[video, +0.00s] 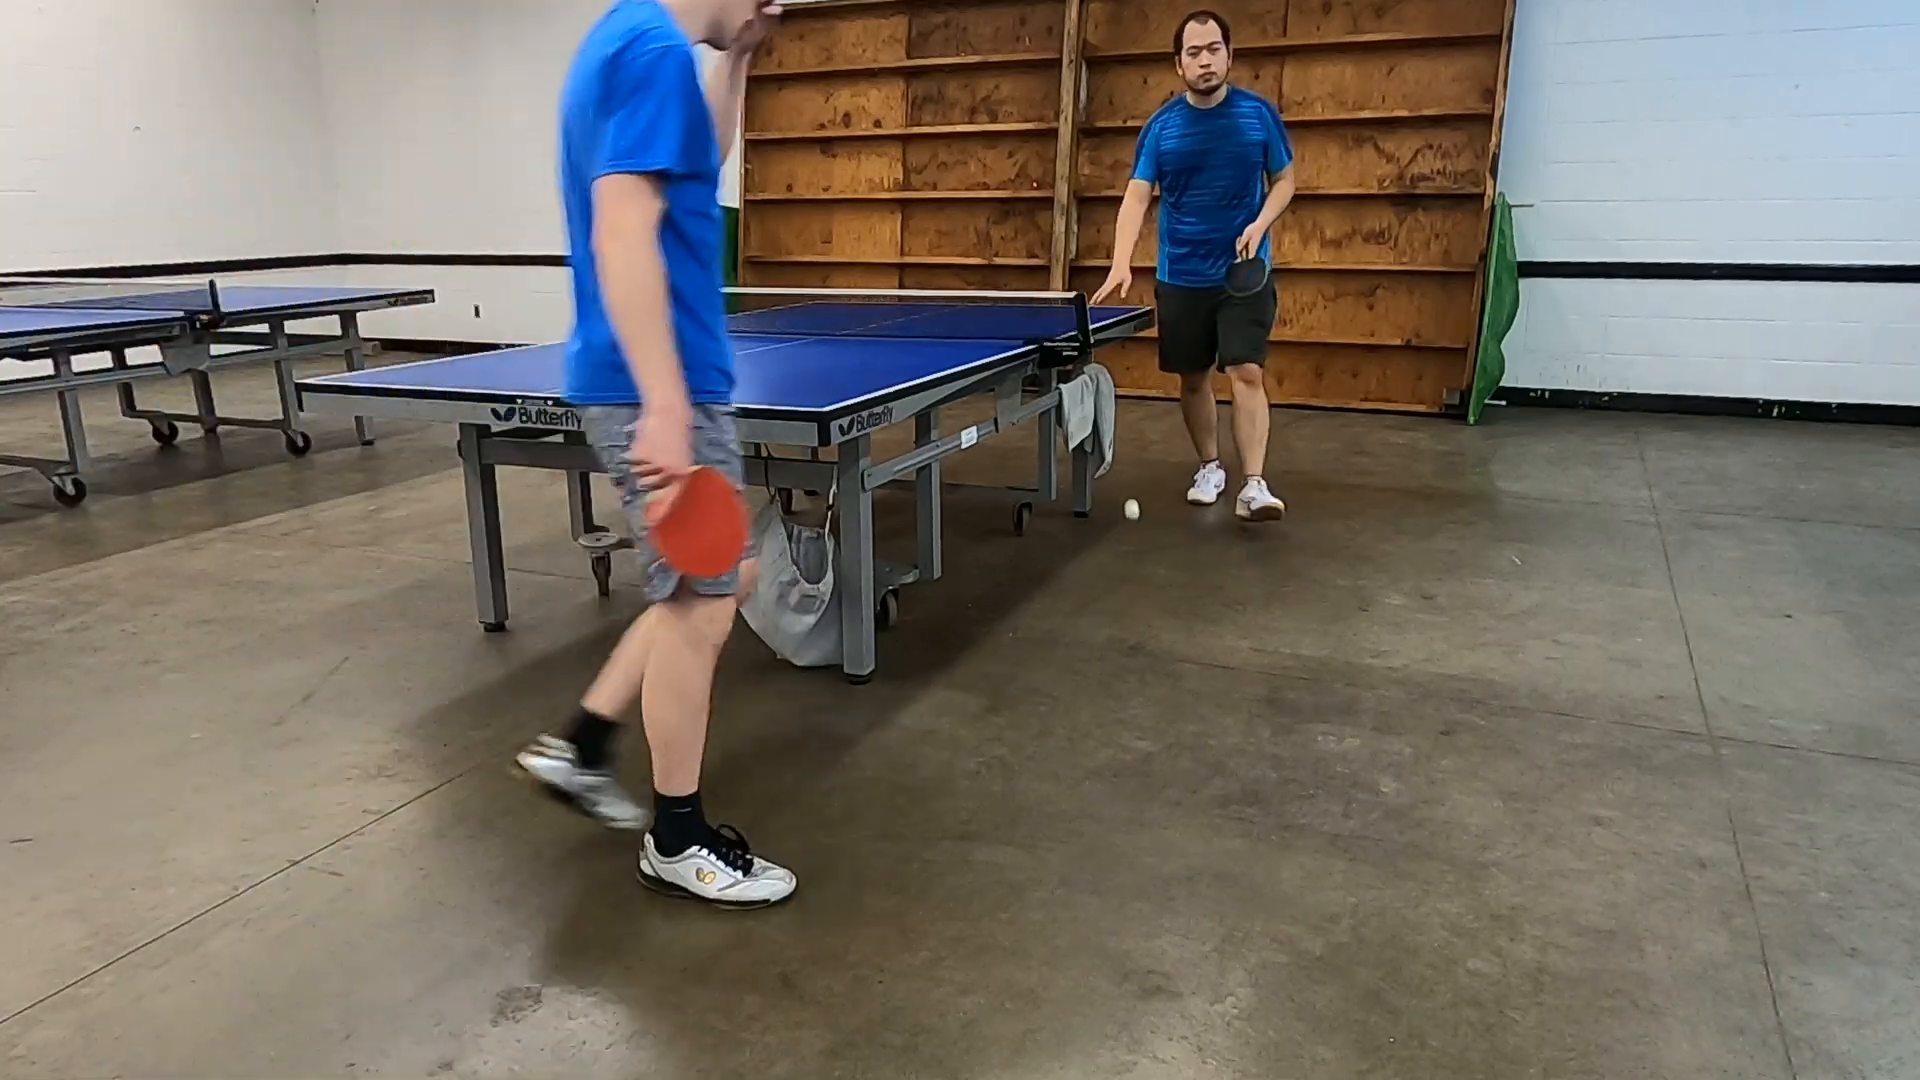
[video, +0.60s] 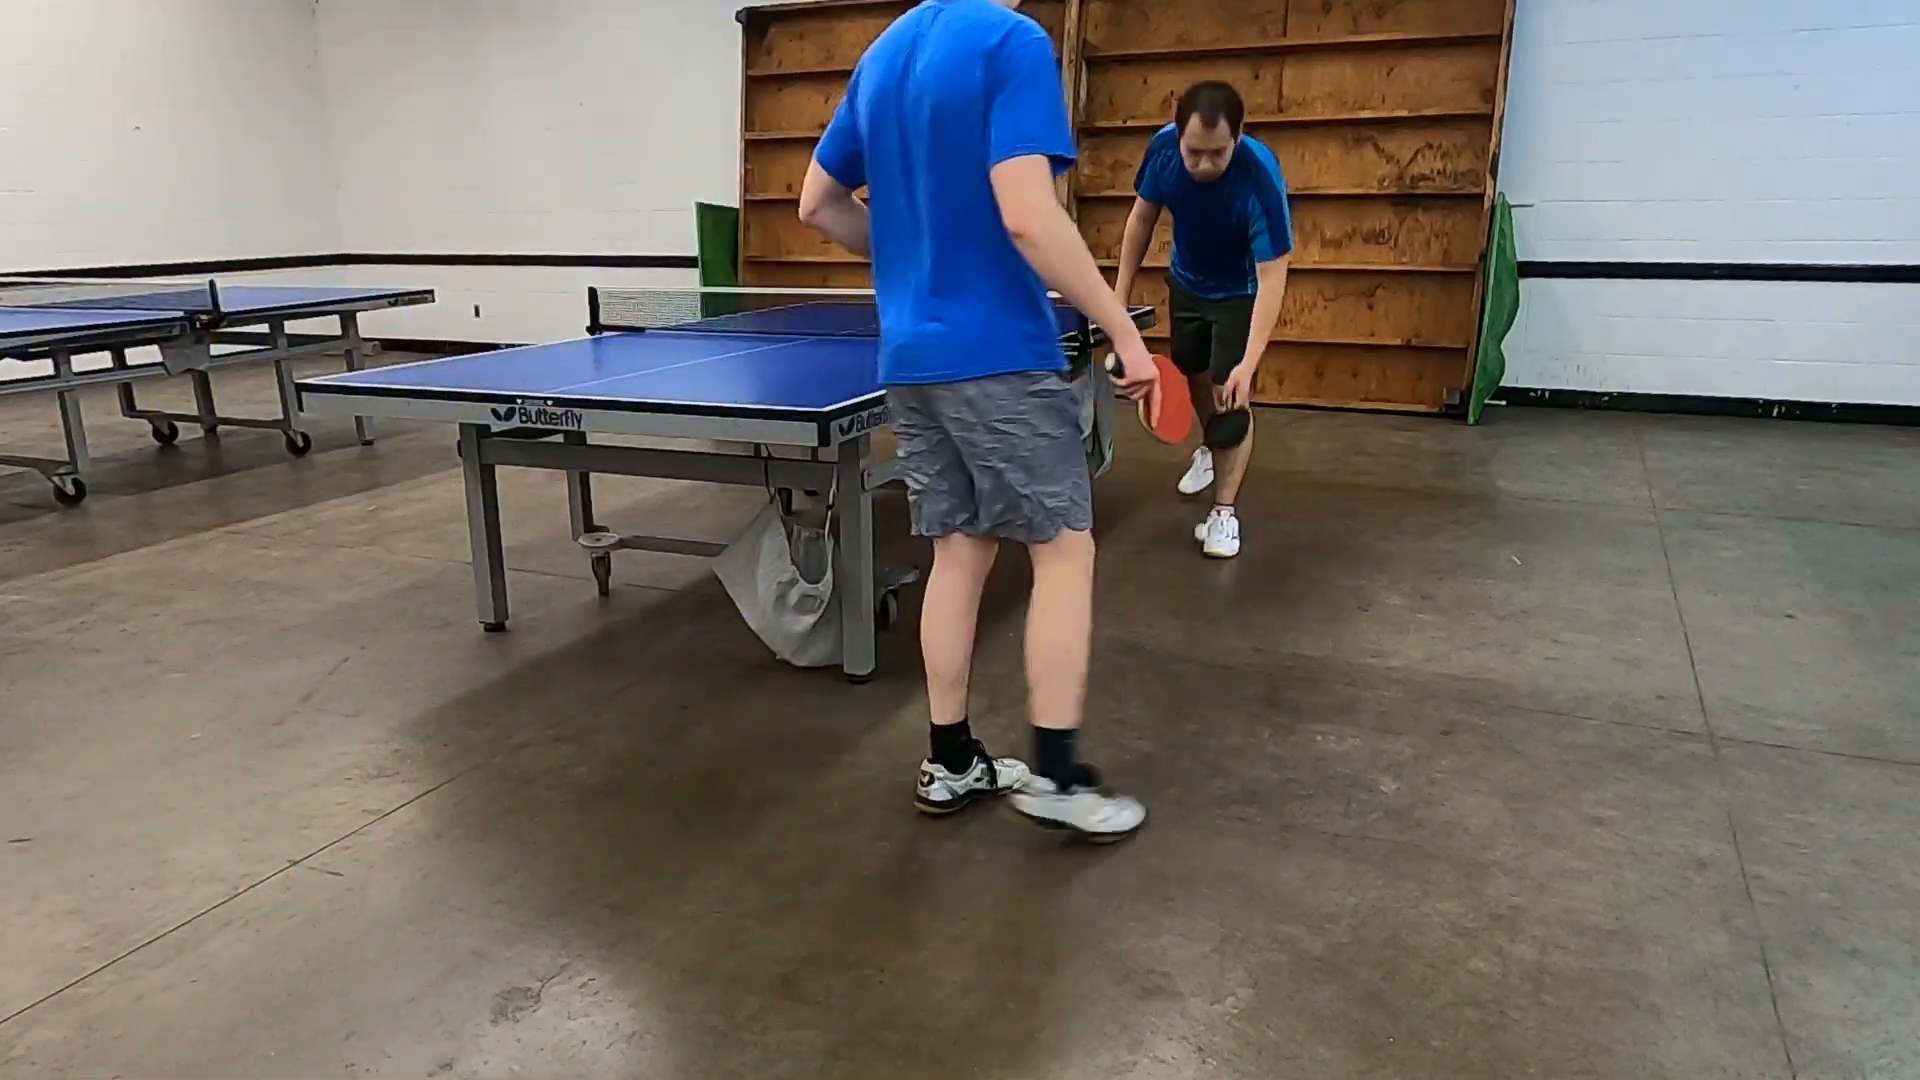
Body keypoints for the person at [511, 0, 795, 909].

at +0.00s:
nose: (765, 19)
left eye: (773, 11)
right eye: (767, 5)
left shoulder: (630, 42)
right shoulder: (654, 50)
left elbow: (698, 174)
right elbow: (621, 229)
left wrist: (730, 59)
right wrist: (665, 400)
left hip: (652, 384)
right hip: (655, 390)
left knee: (719, 570)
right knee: (703, 593)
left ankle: (581, 743)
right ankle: (677, 833)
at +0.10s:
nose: (821, 13)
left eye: (825, 7)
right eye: (821, 2)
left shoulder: (673, 37)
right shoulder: (737, 39)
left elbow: (686, 226)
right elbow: (721, 223)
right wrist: (780, 387)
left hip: (703, 377)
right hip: (714, 382)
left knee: (806, 546)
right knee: (725, 608)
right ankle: (680, 830)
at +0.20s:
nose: (865, 11)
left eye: (864, 5)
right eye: (865, 4)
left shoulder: (717, 53)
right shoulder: (805, 47)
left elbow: (735, 232)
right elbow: (811, 225)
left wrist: (814, 370)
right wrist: (895, 372)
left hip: (778, 381)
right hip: (784, 385)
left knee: (842, 575)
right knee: (774, 603)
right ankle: (688, 826)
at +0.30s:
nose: (909, 17)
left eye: (905, 11)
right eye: (908, 10)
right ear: (891, 0)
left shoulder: (765, 70)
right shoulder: (864, 62)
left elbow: (772, 237)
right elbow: (885, 235)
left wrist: (868, 326)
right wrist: (988, 363)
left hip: (818, 382)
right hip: (860, 389)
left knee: (915, 564)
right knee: (875, 607)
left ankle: (944, 760)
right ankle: (720, 803)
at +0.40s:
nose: (952, 13)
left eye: (950, 7)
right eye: (951, 5)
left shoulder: (815, 67)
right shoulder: (915, 56)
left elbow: (836, 241)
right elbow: (944, 231)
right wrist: (1053, 354)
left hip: (854, 377)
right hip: (912, 380)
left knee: (939, 573)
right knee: (981, 587)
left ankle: (949, 761)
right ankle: (811, 750)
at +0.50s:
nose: (1000, 15)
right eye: (1001, 11)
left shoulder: (855, 52)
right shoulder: (964, 42)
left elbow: (811, 205)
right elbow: (984, 217)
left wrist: (910, 208)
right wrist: (1092, 333)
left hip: (880, 362)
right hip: (957, 359)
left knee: (952, 550)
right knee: (1043, 553)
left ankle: (955, 755)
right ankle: (931, 742)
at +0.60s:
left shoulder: (883, 52)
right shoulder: (1014, 42)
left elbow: (821, 200)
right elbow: (1028, 212)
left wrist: (912, 252)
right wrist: (1123, 332)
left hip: (909, 356)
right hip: (999, 354)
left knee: (957, 547)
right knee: (1064, 543)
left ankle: (950, 762)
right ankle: (1057, 774)